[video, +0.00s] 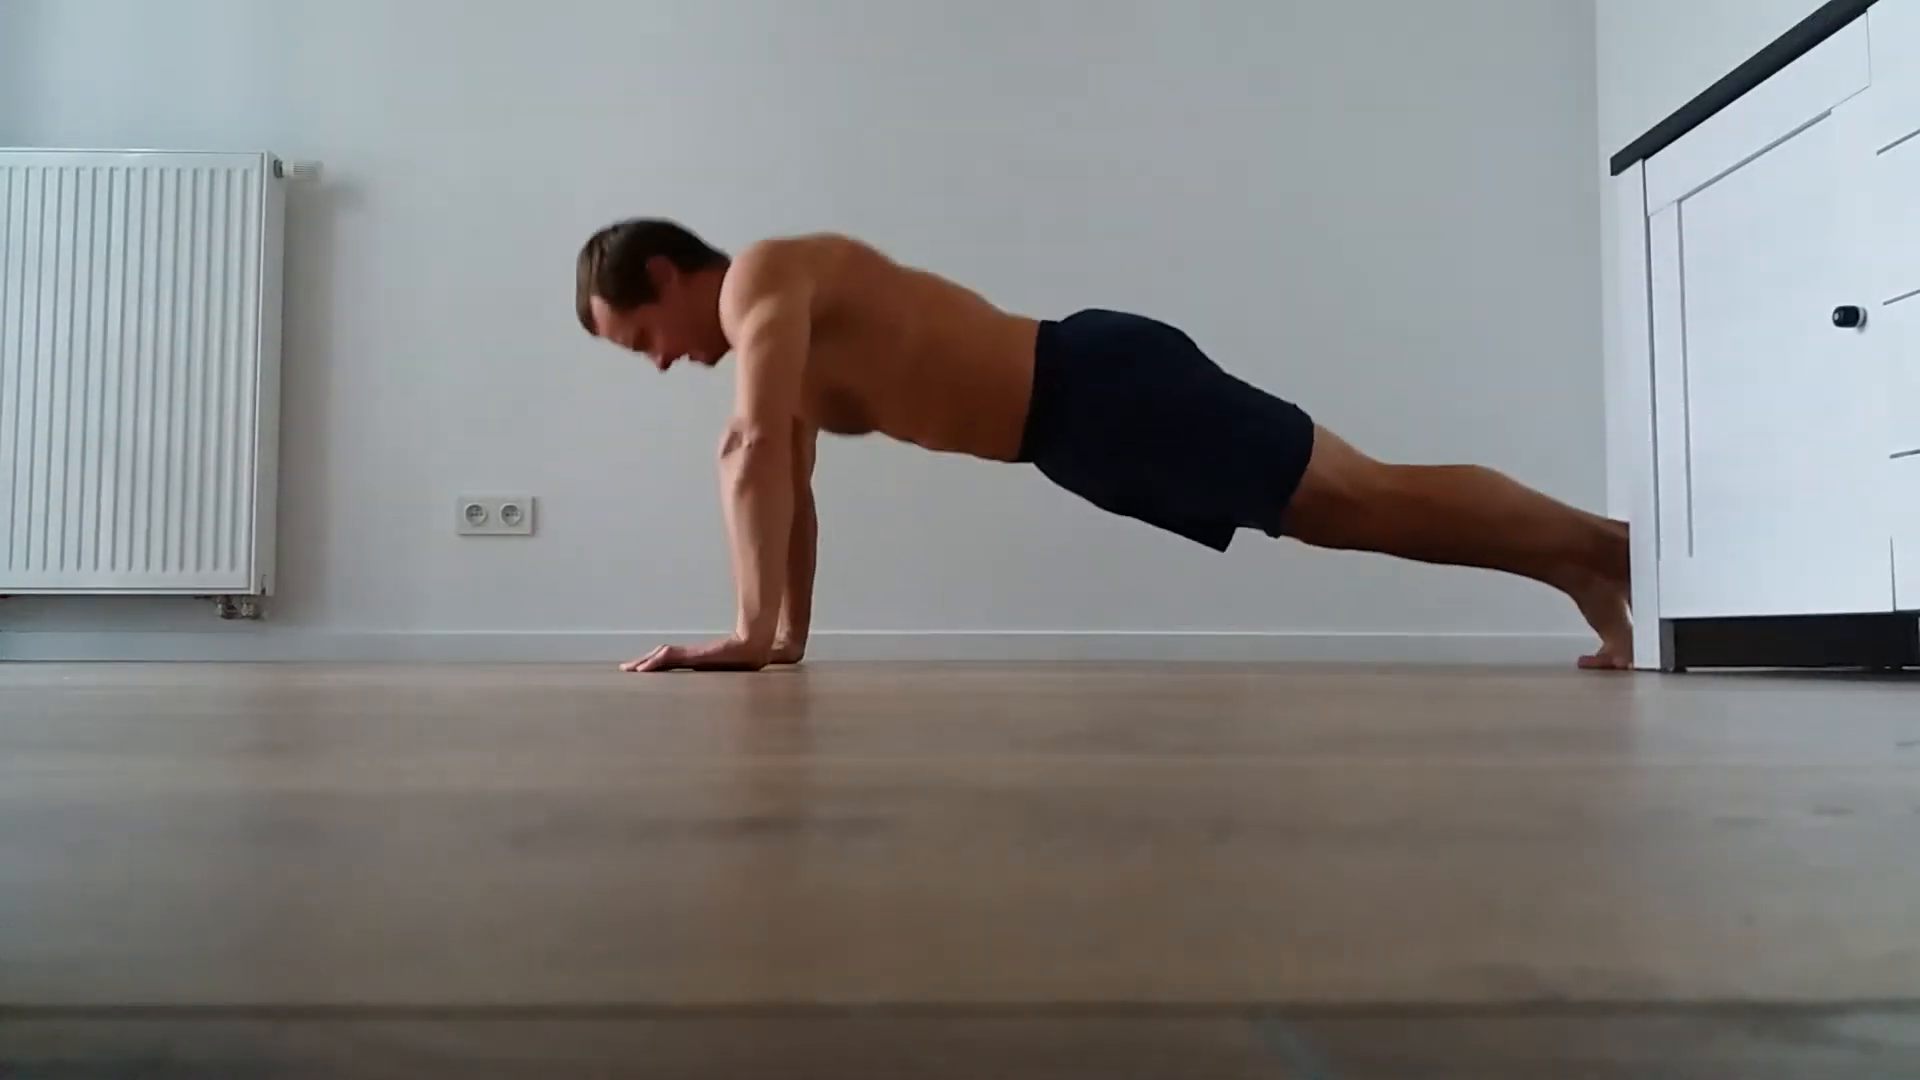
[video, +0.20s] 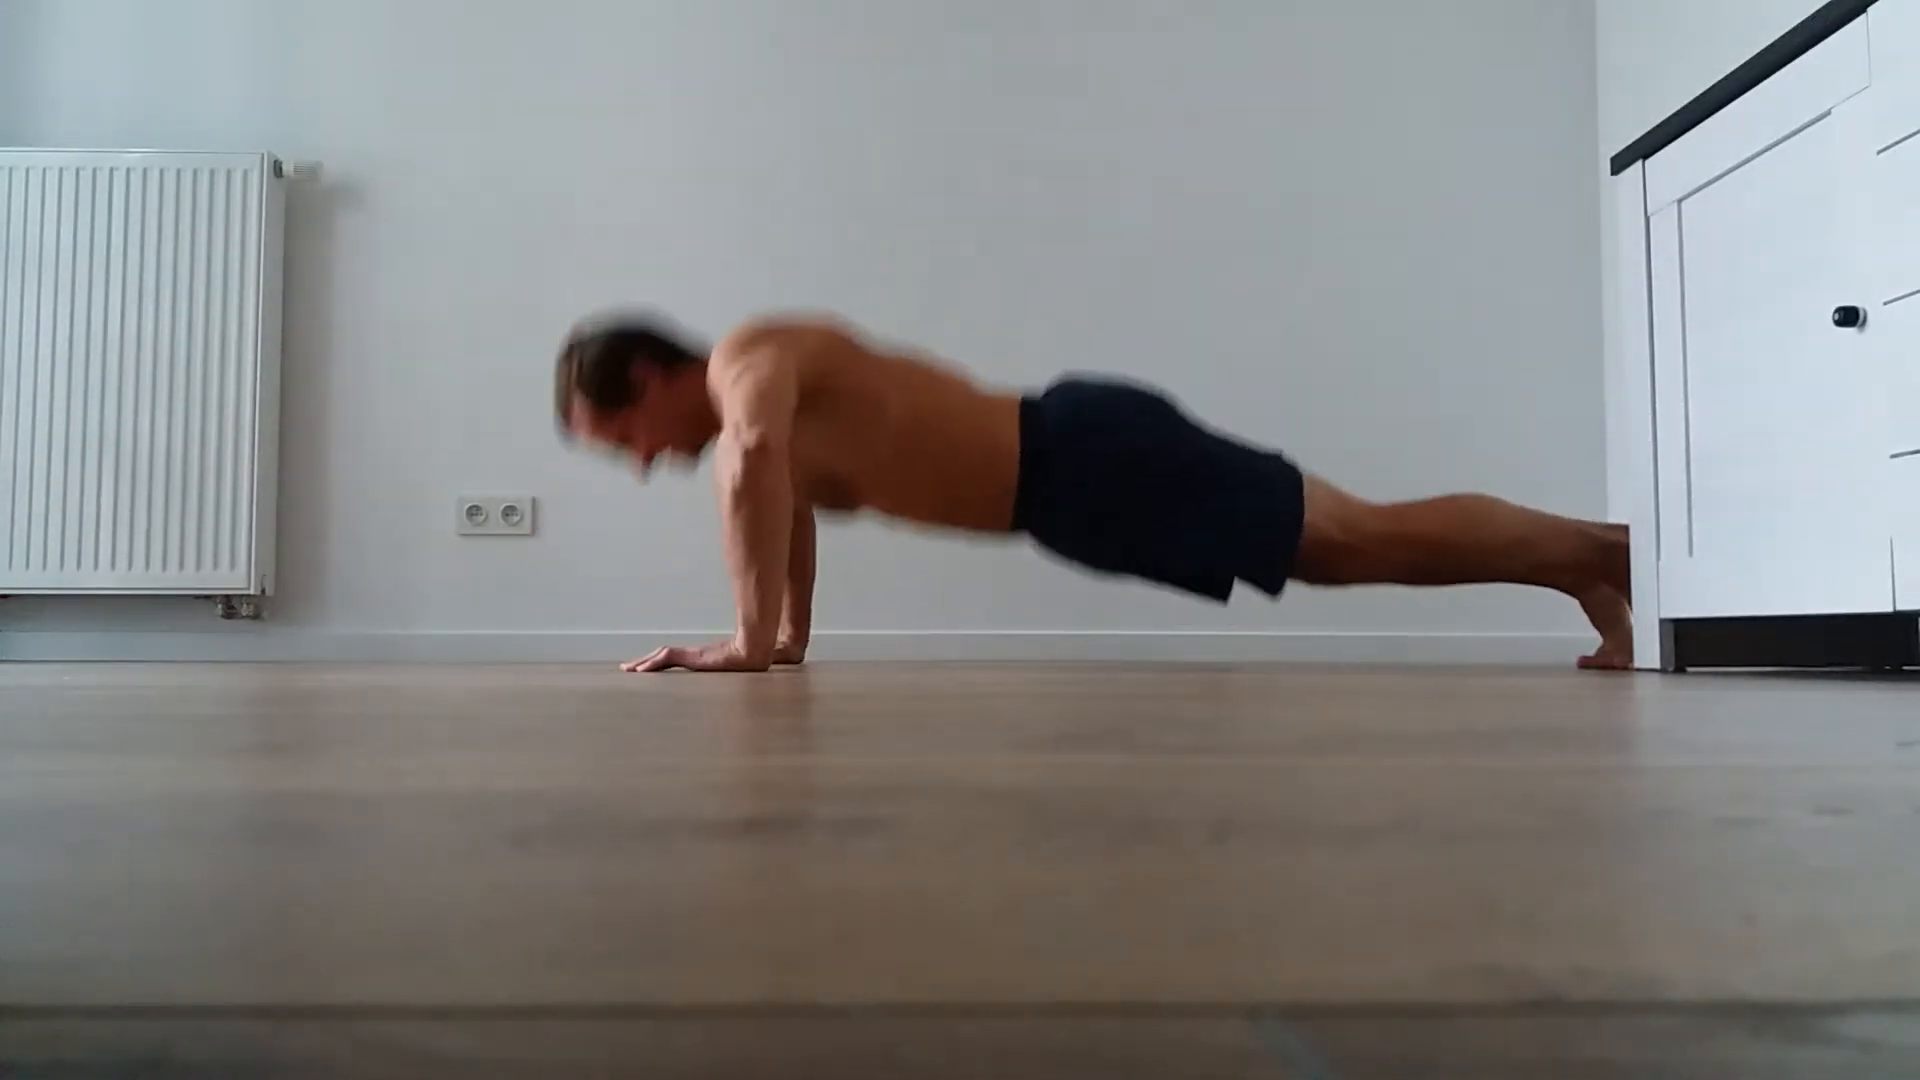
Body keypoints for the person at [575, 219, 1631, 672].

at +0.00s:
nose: (654, 358)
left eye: (640, 335)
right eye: (639, 347)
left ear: (663, 281)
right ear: (666, 296)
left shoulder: (764, 281)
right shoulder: (771, 317)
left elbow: (749, 460)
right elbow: (788, 488)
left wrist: (753, 636)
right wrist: (785, 637)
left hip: (1096, 394)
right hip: (1084, 406)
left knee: (1362, 502)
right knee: (1353, 506)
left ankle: (1602, 553)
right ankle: (1587, 564)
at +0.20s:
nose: (635, 457)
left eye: (621, 438)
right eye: (619, 446)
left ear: (645, 383)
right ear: (655, 382)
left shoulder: (746, 363)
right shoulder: (762, 378)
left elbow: (749, 480)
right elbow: (787, 506)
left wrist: (754, 639)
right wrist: (785, 642)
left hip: (1078, 465)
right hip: (1071, 464)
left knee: (1359, 542)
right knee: (1351, 538)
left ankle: (1592, 557)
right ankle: (1581, 556)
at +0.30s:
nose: (625, 576)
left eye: (609, 560)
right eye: (608, 568)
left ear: (623, 506)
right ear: (631, 512)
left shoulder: (720, 462)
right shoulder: (733, 475)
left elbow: (734, 469)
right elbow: (790, 620)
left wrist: (751, 639)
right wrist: (741, 643)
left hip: (1068, 530)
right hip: (1057, 532)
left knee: (1358, 576)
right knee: (1352, 570)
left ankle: (1595, 563)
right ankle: (1589, 564)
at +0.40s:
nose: (615, 640)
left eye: (603, 622)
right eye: (595, 630)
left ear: (630, 568)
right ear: (641, 563)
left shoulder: (719, 527)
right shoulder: (728, 544)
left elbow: (708, 465)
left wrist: (758, 642)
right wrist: (720, 643)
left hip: (1070, 572)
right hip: (1052, 578)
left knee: (1361, 595)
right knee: (1347, 590)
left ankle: (1594, 564)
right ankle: (1584, 568)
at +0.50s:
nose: (621, 617)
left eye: (606, 600)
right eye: (600, 608)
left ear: (627, 548)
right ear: (632, 547)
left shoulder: (724, 511)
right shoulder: (734, 522)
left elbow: (708, 463)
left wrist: (766, 640)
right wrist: (737, 644)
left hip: (1069, 556)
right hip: (1053, 554)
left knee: (1363, 584)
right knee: (1354, 578)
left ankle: (1595, 563)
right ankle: (1588, 565)